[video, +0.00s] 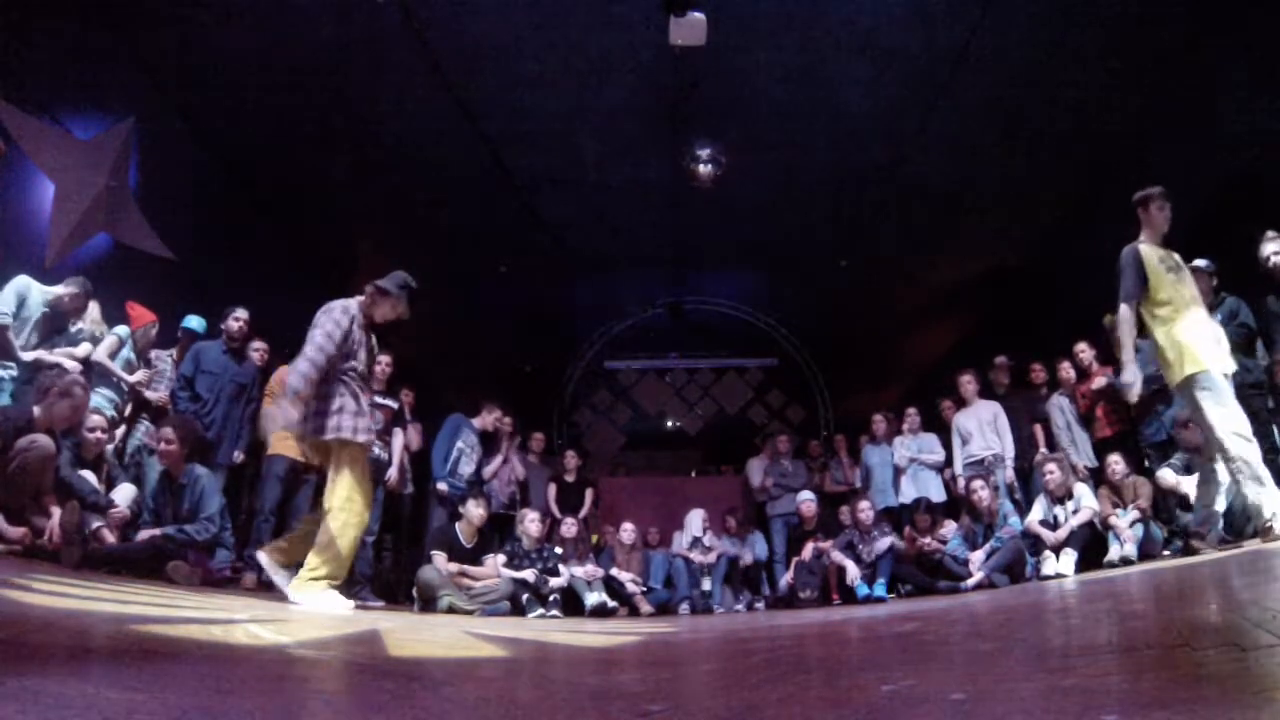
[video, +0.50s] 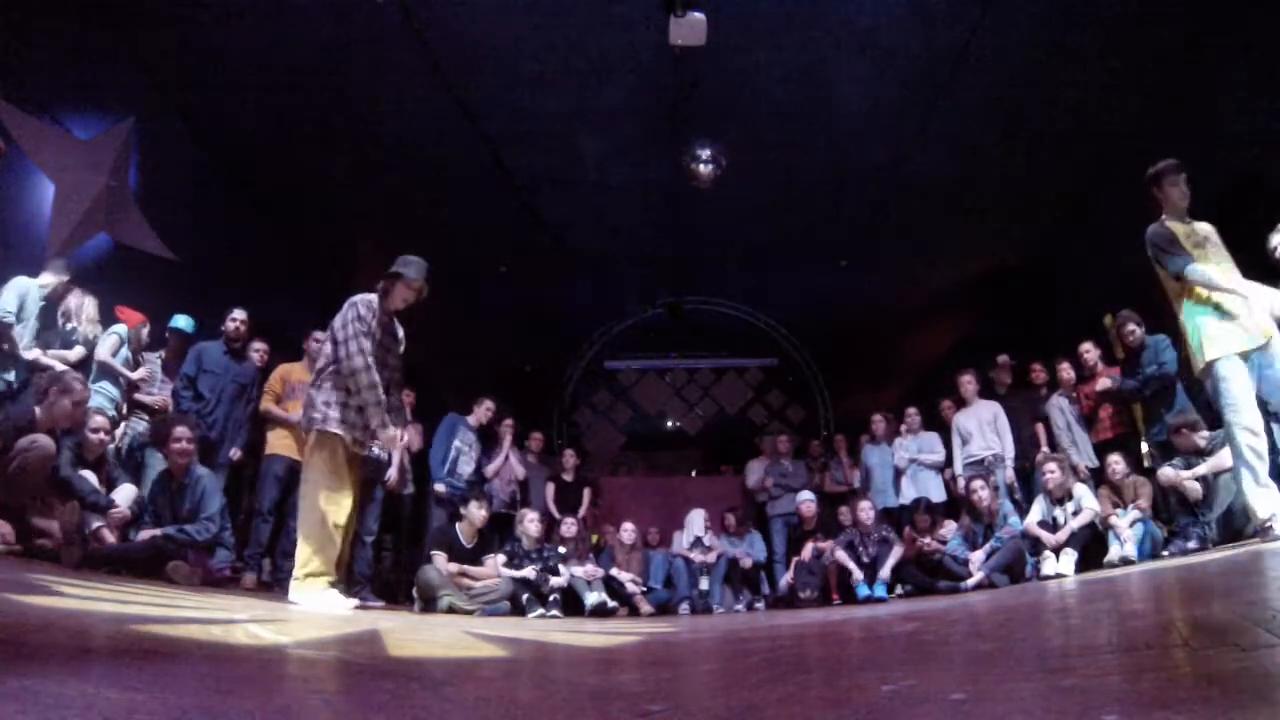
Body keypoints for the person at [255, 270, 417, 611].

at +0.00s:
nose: (391, 318)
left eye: (396, 315)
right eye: (393, 310)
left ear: (385, 305)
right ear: (377, 294)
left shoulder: (364, 331)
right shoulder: (342, 311)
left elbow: (358, 381)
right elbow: (315, 352)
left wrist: (368, 416)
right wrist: (295, 391)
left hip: (346, 422)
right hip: (341, 419)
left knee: (342, 507)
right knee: (351, 506)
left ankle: (279, 555)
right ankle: (315, 583)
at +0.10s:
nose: (395, 315)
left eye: (399, 311)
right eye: (395, 306)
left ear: (390, 306)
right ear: (377, 292)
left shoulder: (374, 334)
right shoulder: (340, 312)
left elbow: (371, 388)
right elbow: (328, 376)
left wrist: (373, 435)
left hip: (360, 433)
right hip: (338, 429)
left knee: (351, 507)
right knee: (349, 506)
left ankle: (292, 561)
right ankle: (315, 584)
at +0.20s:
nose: (398, 306)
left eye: (403, 302)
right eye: (398, 298)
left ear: (397, 297)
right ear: (382, 285)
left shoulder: (382, 327)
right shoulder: (344, 309)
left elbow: (377, 379)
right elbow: (346, 375)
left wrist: (378, 430)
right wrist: (368, 430)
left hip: (362, 424)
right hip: (341, 422)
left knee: (348, 501)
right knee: (343, 499)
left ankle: (319, 579)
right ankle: (313, 580)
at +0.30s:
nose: (403, 298)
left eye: (408, 293)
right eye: (403, 289)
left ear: (404, 292)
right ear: (386, 278)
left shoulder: (389, 324)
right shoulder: (352, 304)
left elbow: (382, 378)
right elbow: (353, 366)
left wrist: (390, 423)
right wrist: (381, 417)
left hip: (361, 420)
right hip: (339, 415)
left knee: (346, 501)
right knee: (336, 498)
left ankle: (321, 582)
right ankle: (311, 582)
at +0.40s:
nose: (407, 295)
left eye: (413, 290)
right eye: (405, 285)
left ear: (413, 293)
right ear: (389, 279)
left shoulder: (395, 329)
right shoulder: (357, 305)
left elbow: (389, 381)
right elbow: (352, 360)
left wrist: (398, 421)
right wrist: (384, 413)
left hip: (360, 426)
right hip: (334, 418)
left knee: (345, 506)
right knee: (331, 502)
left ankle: (324, 583)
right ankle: (310, 583)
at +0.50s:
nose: (409, 297)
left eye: (415, 293)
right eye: (407, 287)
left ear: (415, 296)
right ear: (391, 281)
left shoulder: (397, 332)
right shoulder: (361, 306)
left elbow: (392, 384)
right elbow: (358, 366)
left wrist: (399, 424)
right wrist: (379, 421)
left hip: (358, 423)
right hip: (332, 414)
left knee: (341, 504)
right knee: (327, 499)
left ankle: (324, 582)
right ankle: (309, 582)